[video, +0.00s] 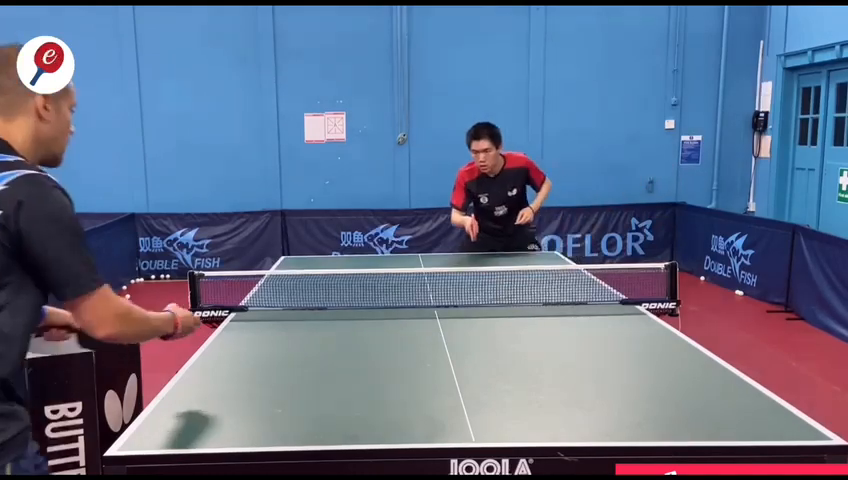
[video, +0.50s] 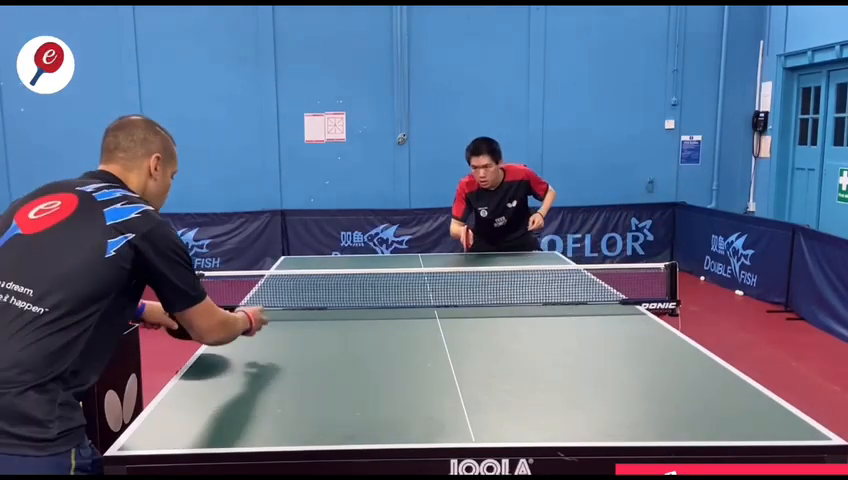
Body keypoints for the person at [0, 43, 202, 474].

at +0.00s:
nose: (73, 128)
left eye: (74, 112)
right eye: (71, 111)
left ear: (41, 106)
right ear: (42, 107)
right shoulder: (30, 192)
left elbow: (1, 296)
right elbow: (104, 319)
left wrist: (49, 318)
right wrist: (167, 323)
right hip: (7, 439)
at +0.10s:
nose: (106, 148)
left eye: (108, 134)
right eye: (106, 133)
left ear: (33, 123)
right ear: (81, 127)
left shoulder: (8, 177)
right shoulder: (70, 203)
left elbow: (14, 296)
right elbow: (145, 318)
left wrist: (83, 314)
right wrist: (199, 316)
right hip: (14, 426)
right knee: (76, 467)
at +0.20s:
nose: (133, 165)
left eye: (137, 152)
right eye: (135, 151)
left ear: (65, 139)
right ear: (113, 143)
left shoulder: (11, 186)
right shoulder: (101, 209)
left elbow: (34, 291)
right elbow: (172, 316)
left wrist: (115, 304)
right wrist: (220, 314)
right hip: (22, 422)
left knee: (88, 466)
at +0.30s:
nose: (152, 179)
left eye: (156, 165)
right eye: (153, 163)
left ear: (87, 147)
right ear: (134, 153)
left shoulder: (26, 191)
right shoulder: (121, 213)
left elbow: (42, 284)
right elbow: (194, 312)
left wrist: (129, 301)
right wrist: (237, 307)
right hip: (28, 426)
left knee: (88, 465)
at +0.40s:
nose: (161, 186)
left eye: (166, 174)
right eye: (165, 172)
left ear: (100, 153)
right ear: (146, 161)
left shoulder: (34, 194)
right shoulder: (137, 220)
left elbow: (57, 281)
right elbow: (206, 316)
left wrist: (143, 301)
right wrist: (240, 306)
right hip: (32, 430)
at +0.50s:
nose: (168, 192)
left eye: (172, 179)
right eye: (171, 178)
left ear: (107, 157)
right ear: (153, 166)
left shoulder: (38, 198)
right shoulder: (144, 224)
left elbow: (64, 293)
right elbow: (210, 329)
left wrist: (153, 314)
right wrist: (242, 320)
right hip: (36, 436)